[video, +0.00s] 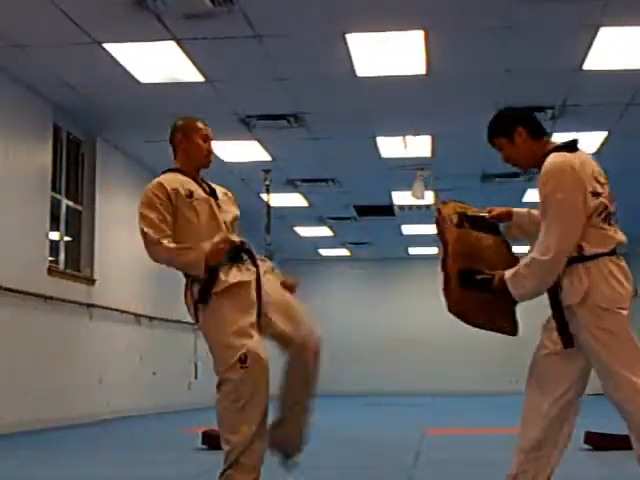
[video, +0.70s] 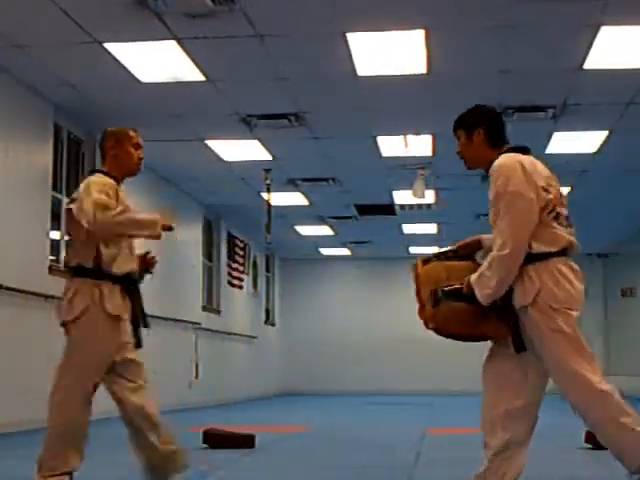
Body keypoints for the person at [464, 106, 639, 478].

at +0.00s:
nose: (505, 160)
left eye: (503, 149)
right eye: (500, 153)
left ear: (521, 136)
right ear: (530, 136)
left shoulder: (559, 167)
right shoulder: (572, 163)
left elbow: (555, 246)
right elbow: (563, 226)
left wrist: (507, 282)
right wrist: (511, 217)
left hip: (593, 281)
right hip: (576, 283)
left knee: (626, 387)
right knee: (549, 389)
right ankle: (528, 474)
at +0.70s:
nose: (459, 153)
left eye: (461, 143)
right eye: (457, 144)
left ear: (480, 137)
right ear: (488, 137)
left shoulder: (509, 168)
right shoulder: (523, 166)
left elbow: (510, 245)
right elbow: (526, 235)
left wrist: (478, 288)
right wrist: (484, 242)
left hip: (543, 280)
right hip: (530, 281)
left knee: (580, 383)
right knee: (506, 383)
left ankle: (636, 457)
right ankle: (499, 472)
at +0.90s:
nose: (428, 145)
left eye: (429, 136)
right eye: (426, 137)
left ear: (447, 131)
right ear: (462, 131)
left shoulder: (470, 161)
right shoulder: (496, 162)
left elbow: (463, 234)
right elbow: (483, 232)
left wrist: (429, 281)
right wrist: (433, 236)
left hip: (501, 276)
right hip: (521, 275)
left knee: (476, 376)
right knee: (503, 378)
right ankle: (498, 470)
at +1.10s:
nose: (401, 136)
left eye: (404, 126)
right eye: (401, 127)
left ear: (421, 124)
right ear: (438, 124)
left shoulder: (442, 157)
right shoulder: (470, 160)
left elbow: (422, 233)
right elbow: (448, 228)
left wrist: (378, 271)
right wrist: (396, 227)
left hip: (460, 282)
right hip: (485, 279)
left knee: (418, 372)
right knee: (485, 386)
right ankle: (498, 470)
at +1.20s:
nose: (387, 133)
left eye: (390, 124)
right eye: (387, 125)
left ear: (409, 123)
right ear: (424, 125)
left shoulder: (422, 160)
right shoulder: (455, 162)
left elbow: (401, 232)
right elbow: (429, 223)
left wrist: (353, 267)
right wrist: (375, 223)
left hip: (436, 285)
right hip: (463, 282)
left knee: (392, 380)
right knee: (475, 393)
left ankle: (348, 468)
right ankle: (497, 472)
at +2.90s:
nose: (519, 148)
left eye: (518, 138)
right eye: (515, 141)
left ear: (538, 124)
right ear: (541, 126)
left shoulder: (580, 162)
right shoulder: (567, 164)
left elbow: (570, 241)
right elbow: (567, 221)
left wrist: (518, 268)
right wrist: (522, 213)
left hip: (593, 283)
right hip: (568, 285)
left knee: (628, 391)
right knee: (543, 394)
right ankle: (516, 474)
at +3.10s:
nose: (535, 142)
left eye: (535, 132)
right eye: (531, 135)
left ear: (556, 119)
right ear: (556, 121)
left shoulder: (599, 157)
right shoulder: (579, 161)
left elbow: (594, 235)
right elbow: (581, 217)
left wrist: (541, 266)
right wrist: (543, 219)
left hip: (603, 281)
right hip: (574, 283)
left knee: (629, 393)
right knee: (541, 385)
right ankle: (516, 473)